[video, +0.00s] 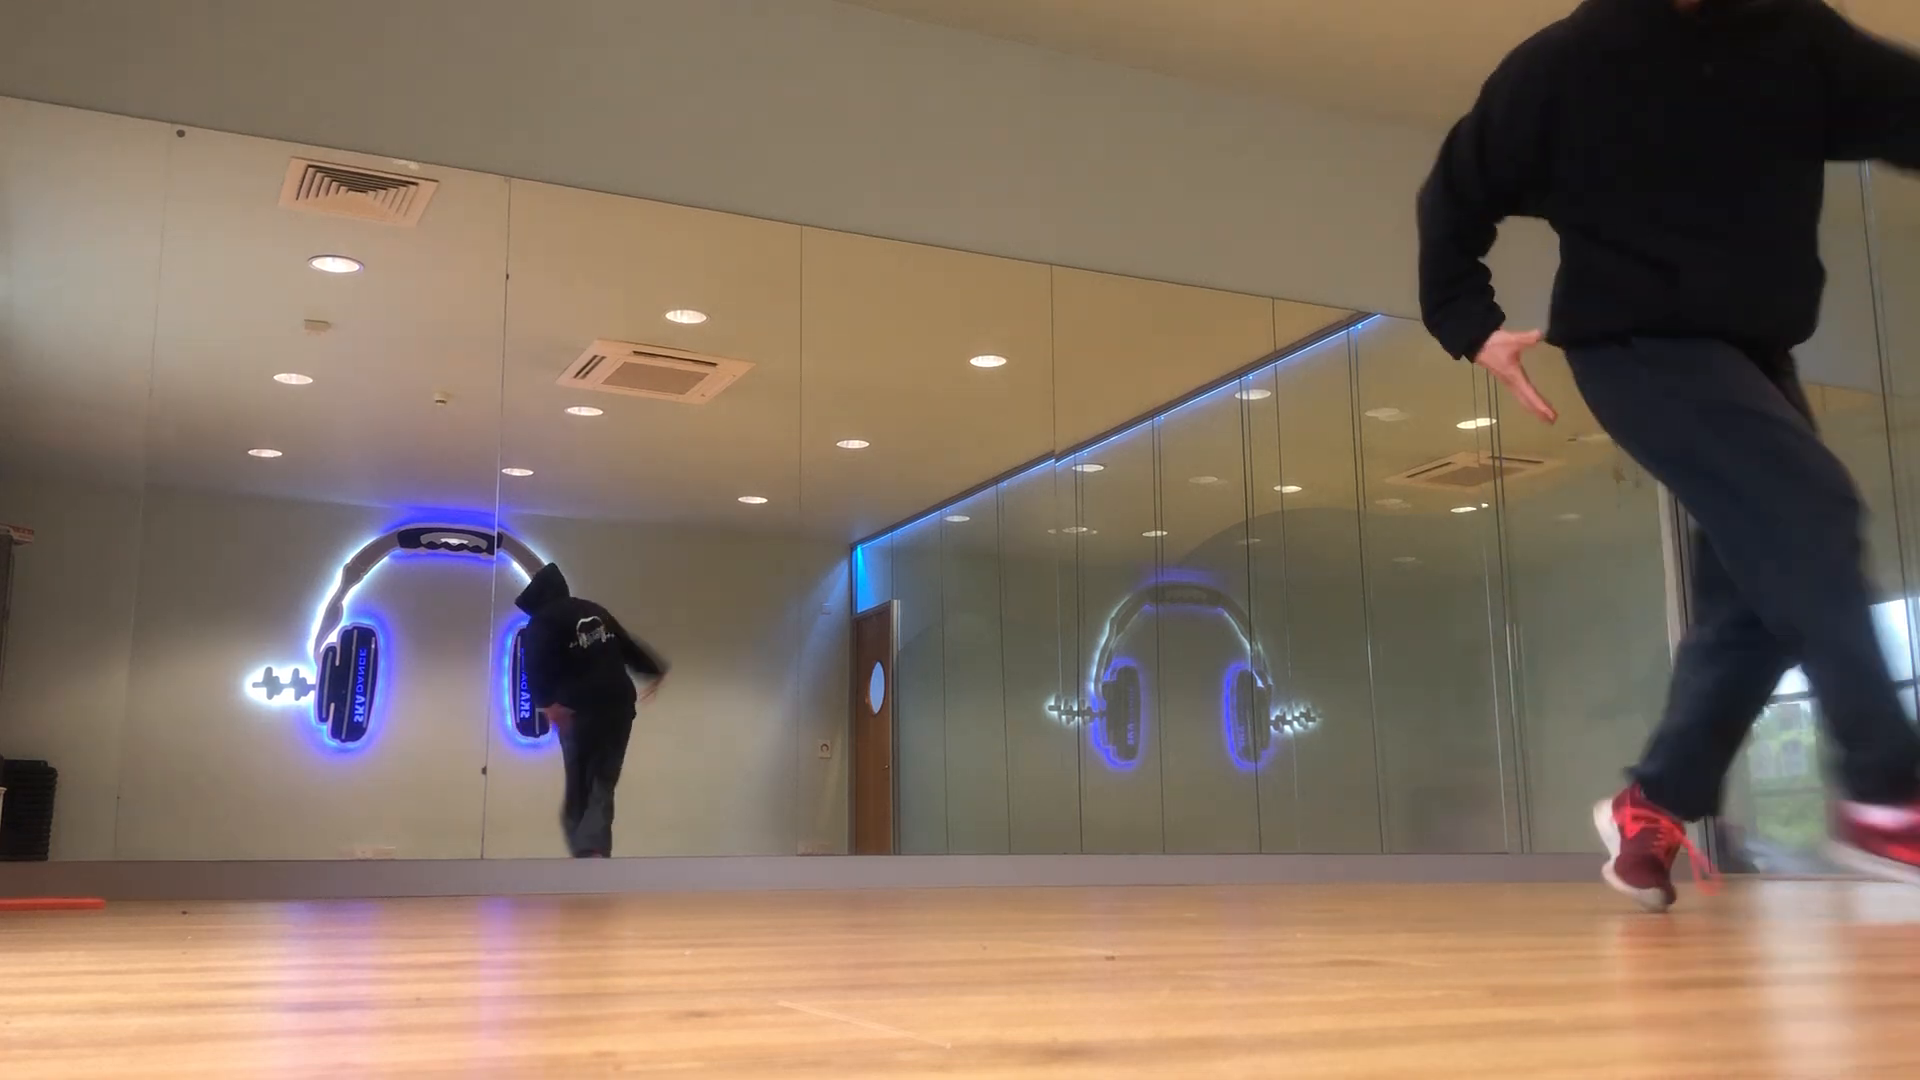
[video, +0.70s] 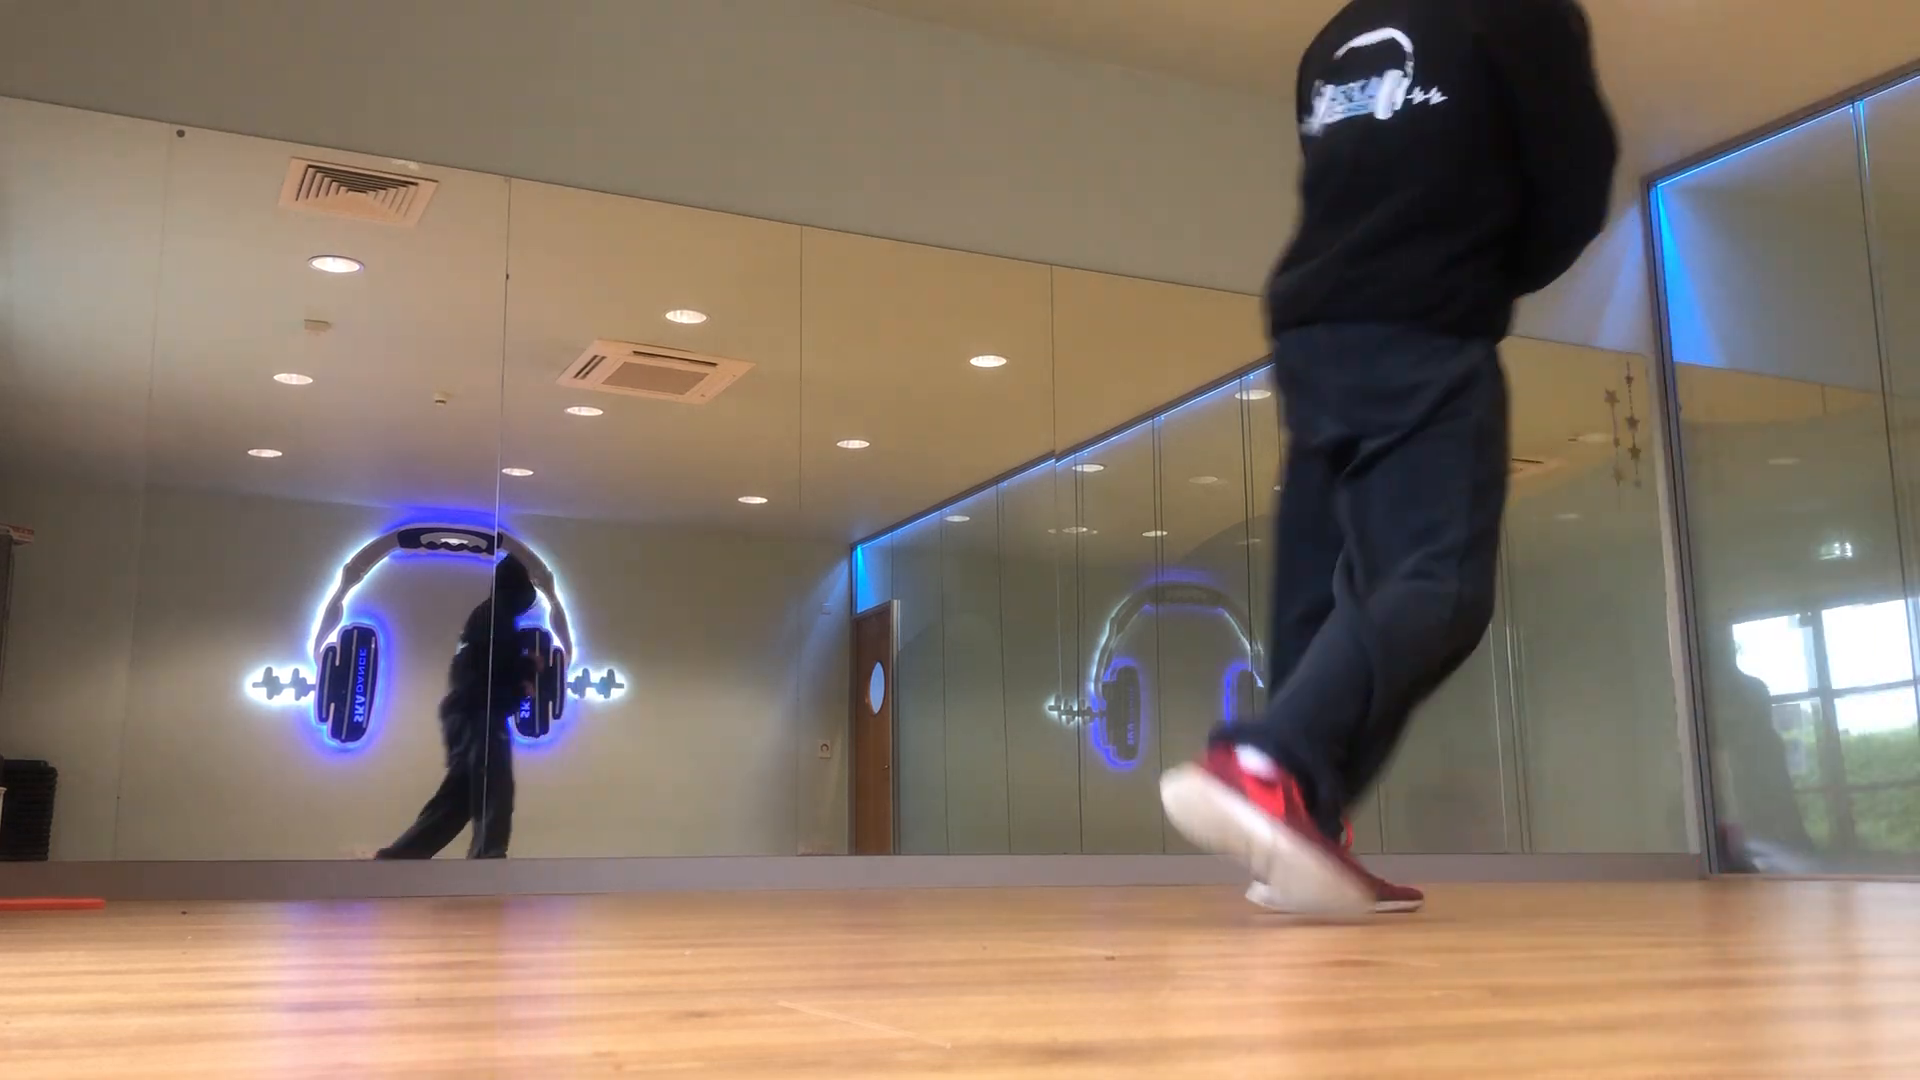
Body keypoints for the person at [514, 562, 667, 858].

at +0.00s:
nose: (527, 610)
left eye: (529, 603)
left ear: (536, 598)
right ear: (562, 589)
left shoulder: (539, 624)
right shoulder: (592, 609)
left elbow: (536, 666)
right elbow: (623, 644)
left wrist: (546, 702)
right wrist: (655, 669)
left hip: (574, 703)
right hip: (618, 699)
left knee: (578, 774)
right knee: (605, 776)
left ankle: (582, 846)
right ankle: (596, 847)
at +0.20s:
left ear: (541, 603)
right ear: (574, 596)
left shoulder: (529, 638)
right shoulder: (600, 622)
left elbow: (524, 696)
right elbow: (655, 636)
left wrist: (544, 739)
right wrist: (666, 668)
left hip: (563, 731)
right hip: (606, 723)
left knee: (593, 807)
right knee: (615, 795)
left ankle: (627, 873)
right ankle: (587, 846)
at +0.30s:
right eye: (573, 596)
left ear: (544, 600)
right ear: (575, 596)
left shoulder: (527, 634)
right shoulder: (592, 623)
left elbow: (508, 691)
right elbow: (606, 656)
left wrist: (536, 733)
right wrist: (590, 687)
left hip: (551, 723)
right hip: (591, 715)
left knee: (577, 788)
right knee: (604, 787)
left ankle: (589, 854)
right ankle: (594, 858)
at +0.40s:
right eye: (577, 596)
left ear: (545, 597)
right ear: (575, 596)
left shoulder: (526, 630)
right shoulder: (577, 621)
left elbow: (502, 688)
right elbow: (571, 655)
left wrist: (523, 708)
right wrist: (541, 680)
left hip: (529, 723)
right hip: (566, 715)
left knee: (570, 771)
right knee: (589, 796)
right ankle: (584, 869)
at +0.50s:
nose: (567, 592)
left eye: (564, 587)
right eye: (565, 585)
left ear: (535, 577)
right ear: (561, 580)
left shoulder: (517, 608)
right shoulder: (549, 603)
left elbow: (507, 660)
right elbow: (552, 640)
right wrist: (560, 671)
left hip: (503, 706)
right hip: (531, 704)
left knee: (543, 775)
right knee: (562, 783)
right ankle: (577, 867)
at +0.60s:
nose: (550, 581)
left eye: (548, 574)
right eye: (547, 574)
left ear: (517, 570)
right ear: (538, 573)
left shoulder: (506, 600)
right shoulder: (524, 604)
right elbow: (528, 653)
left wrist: (554, 658)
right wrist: (557, 655)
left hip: (491, 703)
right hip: (514, 706)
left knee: (495, 784)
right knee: (531, 784)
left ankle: (415, 833)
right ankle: (510, 859)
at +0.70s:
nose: (530, 597)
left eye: (529, 591)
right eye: (528, 591)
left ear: (502, 586)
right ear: (518, 589)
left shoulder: (493, 618)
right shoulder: (493, 616)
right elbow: (493, 667)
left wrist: (523, 680)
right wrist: (526, 666)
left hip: (473, 708)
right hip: (476, 709)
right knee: (496, 789)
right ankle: (485, 870)